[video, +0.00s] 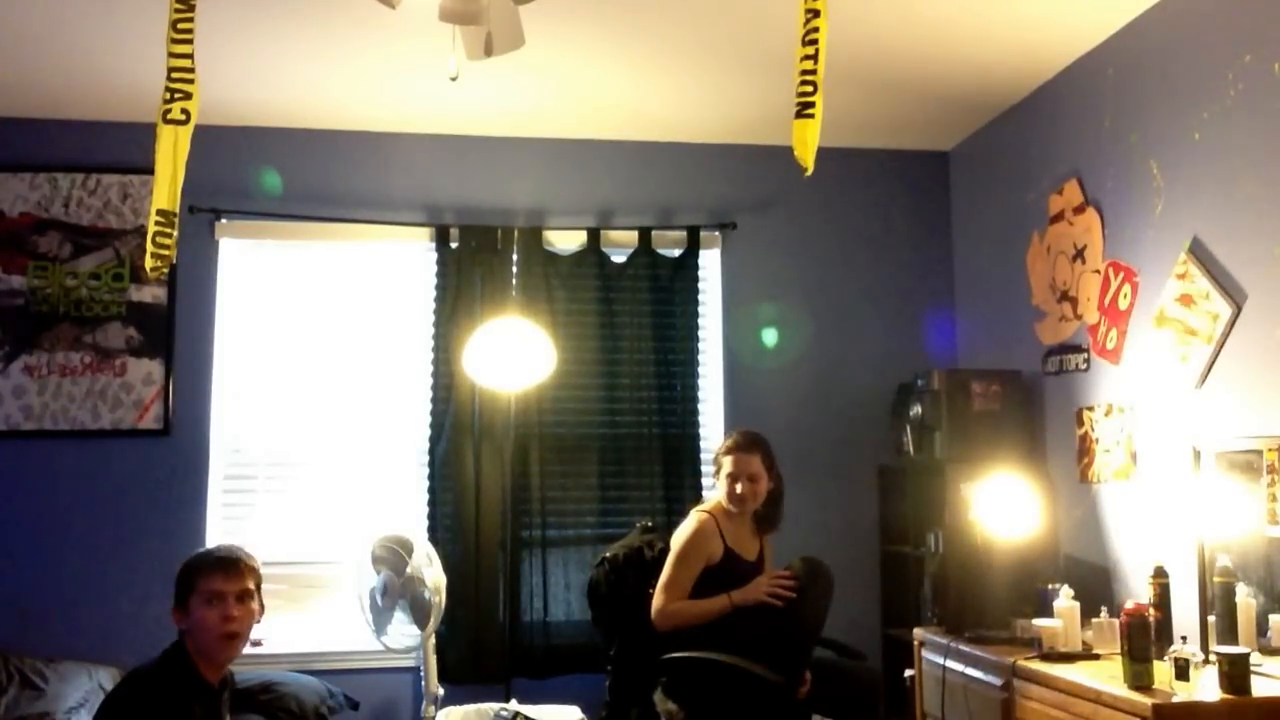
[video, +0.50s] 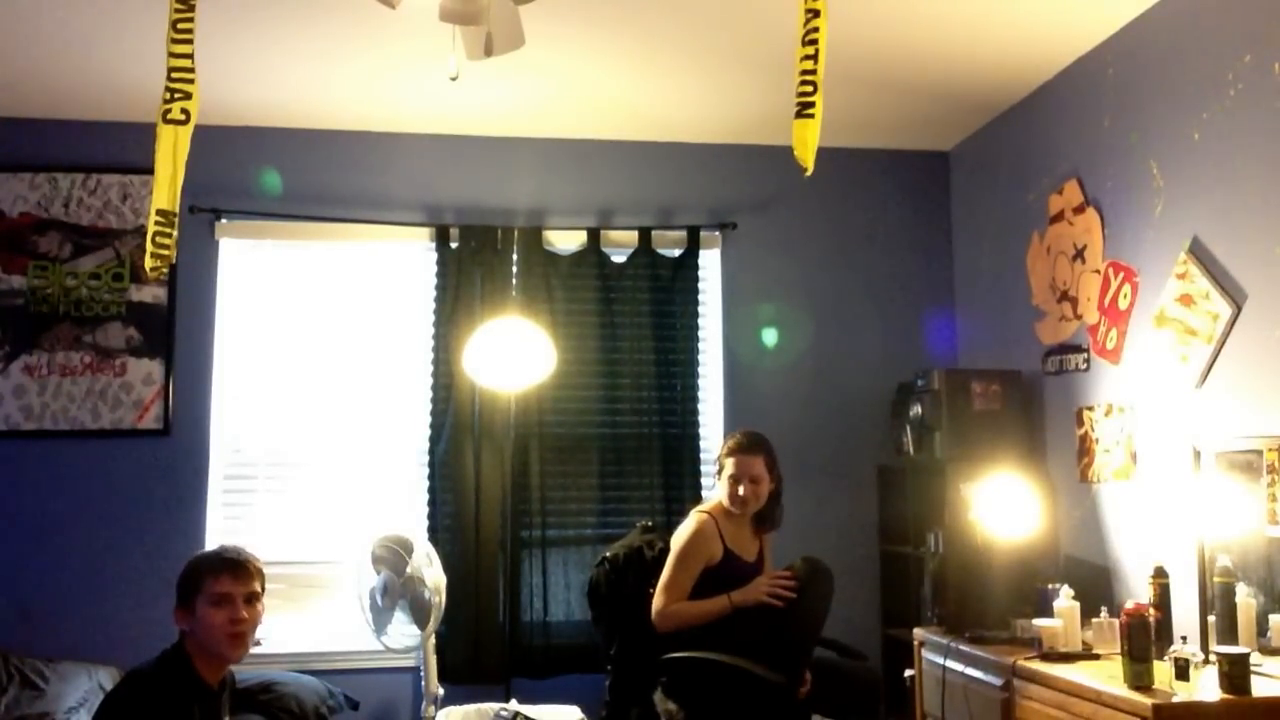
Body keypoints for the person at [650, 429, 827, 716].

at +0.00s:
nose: (740, 489)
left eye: (752, 479)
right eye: (732, 478)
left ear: (769, 483)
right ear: (718, 479)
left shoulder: (756, 528)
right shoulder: (700, 528)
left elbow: (768, 607)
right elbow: (662, 615)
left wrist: (796, 666)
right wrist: (740, 596)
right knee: (811, 575)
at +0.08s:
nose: (741, 489)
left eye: (752, 480)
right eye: (732, 479)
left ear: (770, 483)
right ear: (718, 479)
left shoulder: (756, 529)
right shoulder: (700, 527)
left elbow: (770, 606)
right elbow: (662, 615)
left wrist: (796, 666)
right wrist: (741, 596)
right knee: (811, 575)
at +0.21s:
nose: (742, 490)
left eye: (753, 480)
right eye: (733, 479)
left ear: (771, 484)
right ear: (719, 479)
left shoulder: (758, 530)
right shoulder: (701, 527)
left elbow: (769, 607)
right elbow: (662, 615)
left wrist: (796, 666)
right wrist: (740, 596)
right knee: (812, 575)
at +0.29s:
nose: (742, 491)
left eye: (754, 481)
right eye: (734, 480)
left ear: (772, 484)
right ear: (719, 479)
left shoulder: (759, 528)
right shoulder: (701, 527)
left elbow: (769, 604)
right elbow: (662, 615)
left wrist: (795, 665)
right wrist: (741, 597)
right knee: (811, 575)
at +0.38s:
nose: (743, 491)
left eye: (754, 481)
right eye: (734, 480)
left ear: (772, 484)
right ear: (719, 479)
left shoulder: (759, 526)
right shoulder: (701, 527)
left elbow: (769, 601)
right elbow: (662, 616)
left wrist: (796, 664)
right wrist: (741, 597)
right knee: (811, 575)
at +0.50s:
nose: (742, 491)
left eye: (754, 481)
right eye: (734, 480)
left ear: (771, 485)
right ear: (719, 479)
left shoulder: (757, 527)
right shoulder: (700, 528)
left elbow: (768, 603)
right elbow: (662, 616)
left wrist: (796, 665)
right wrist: (740, 597)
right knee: (812, 575)